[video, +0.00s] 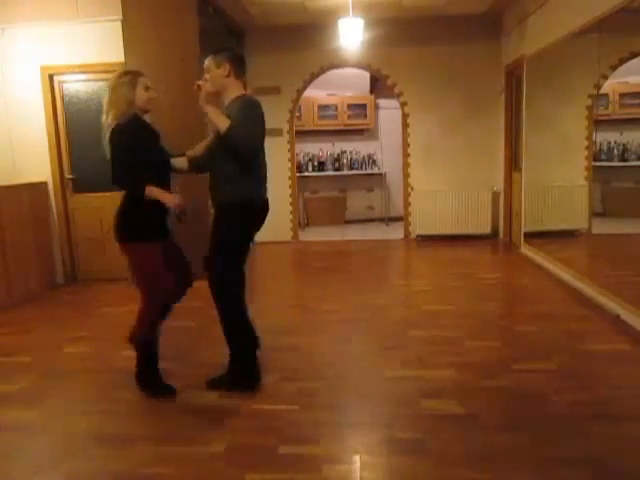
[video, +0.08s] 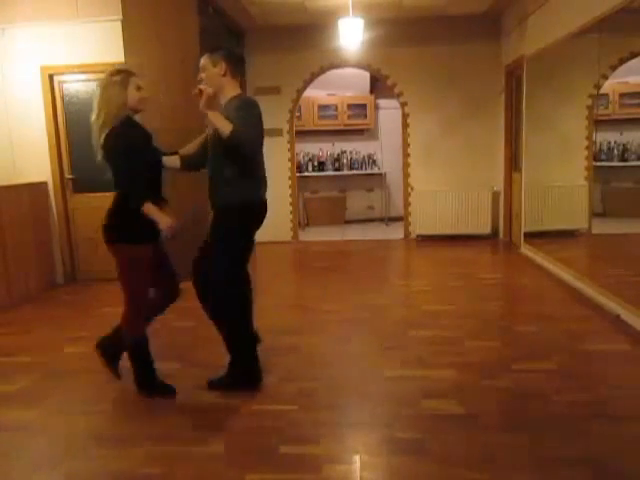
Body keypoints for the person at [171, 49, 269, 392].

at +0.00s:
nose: (204, 78)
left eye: (208, 70)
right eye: (204, 71)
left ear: (227, 71)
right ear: (225, 71)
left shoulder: (246, 107)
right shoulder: (227, 111)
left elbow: (245, 144)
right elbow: (202, 160)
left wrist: (209, 108)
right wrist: (162, 163)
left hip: (245, 205)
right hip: (229, 205)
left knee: (223, 277)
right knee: (221, 276)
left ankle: (244, 368)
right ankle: (241, 362)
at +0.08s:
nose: (199, 77)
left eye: (203, 70)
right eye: (199, 71)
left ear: (223, 69)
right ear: (221, 70)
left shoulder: (243, 106)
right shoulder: (222, 112)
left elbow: (247, 145)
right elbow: (196, 157)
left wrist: (209, 111)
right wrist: (154, 158)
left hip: (243, 207)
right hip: (228, 208)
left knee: (209, 274)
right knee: (226, 277)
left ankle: (243, 363)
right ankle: (243, 362)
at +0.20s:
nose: (195, 75)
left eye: (199, 68)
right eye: (195, 70)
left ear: (220, 68)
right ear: (216, 69)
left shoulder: (242, 106)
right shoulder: (220, 112)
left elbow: (252, 150)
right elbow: (188, 158)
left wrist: (217, 123)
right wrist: (143, 155)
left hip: (242, 207)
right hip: (228, 207)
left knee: (210, 279)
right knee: (228, 280)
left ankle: (250, 349)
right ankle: (245, 364)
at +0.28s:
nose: (191, 73)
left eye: (195, 66)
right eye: (190, 67)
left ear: (217, 66)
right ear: (213, 68)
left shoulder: (242, 105)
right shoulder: (214, 112)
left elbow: (261, 151)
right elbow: (184, 159)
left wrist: (226, 129)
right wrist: (140, 157)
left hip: (242, 205)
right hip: (224, 205)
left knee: (222, 283)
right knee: (228, 282)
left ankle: (245, 366)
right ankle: (264, 353)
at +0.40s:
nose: (185, 72)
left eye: (189, 64)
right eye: (185, 65)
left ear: (210, 64)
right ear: (205, 67)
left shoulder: (241, 104)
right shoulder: (207, 114)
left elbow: (266, 152)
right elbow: (180, 161)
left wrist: (237, 136)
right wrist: (135, 159)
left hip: (241, 206)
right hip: (220, 207)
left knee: (199, 279)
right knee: (237, 286)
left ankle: (228, 354)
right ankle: (274, 356)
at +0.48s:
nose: (179, 70)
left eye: (184, 63)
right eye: (179, 64)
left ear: (205, 63)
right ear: (199, 65)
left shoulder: (235, 103)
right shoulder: (201, 115)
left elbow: (268, 152)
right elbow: (179, 164)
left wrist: (256, 144)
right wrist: (134, 164)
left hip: (234, 211)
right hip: (216, 212)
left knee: (191, 284)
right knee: (243, 287)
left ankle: (206, 363)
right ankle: (275, 359)